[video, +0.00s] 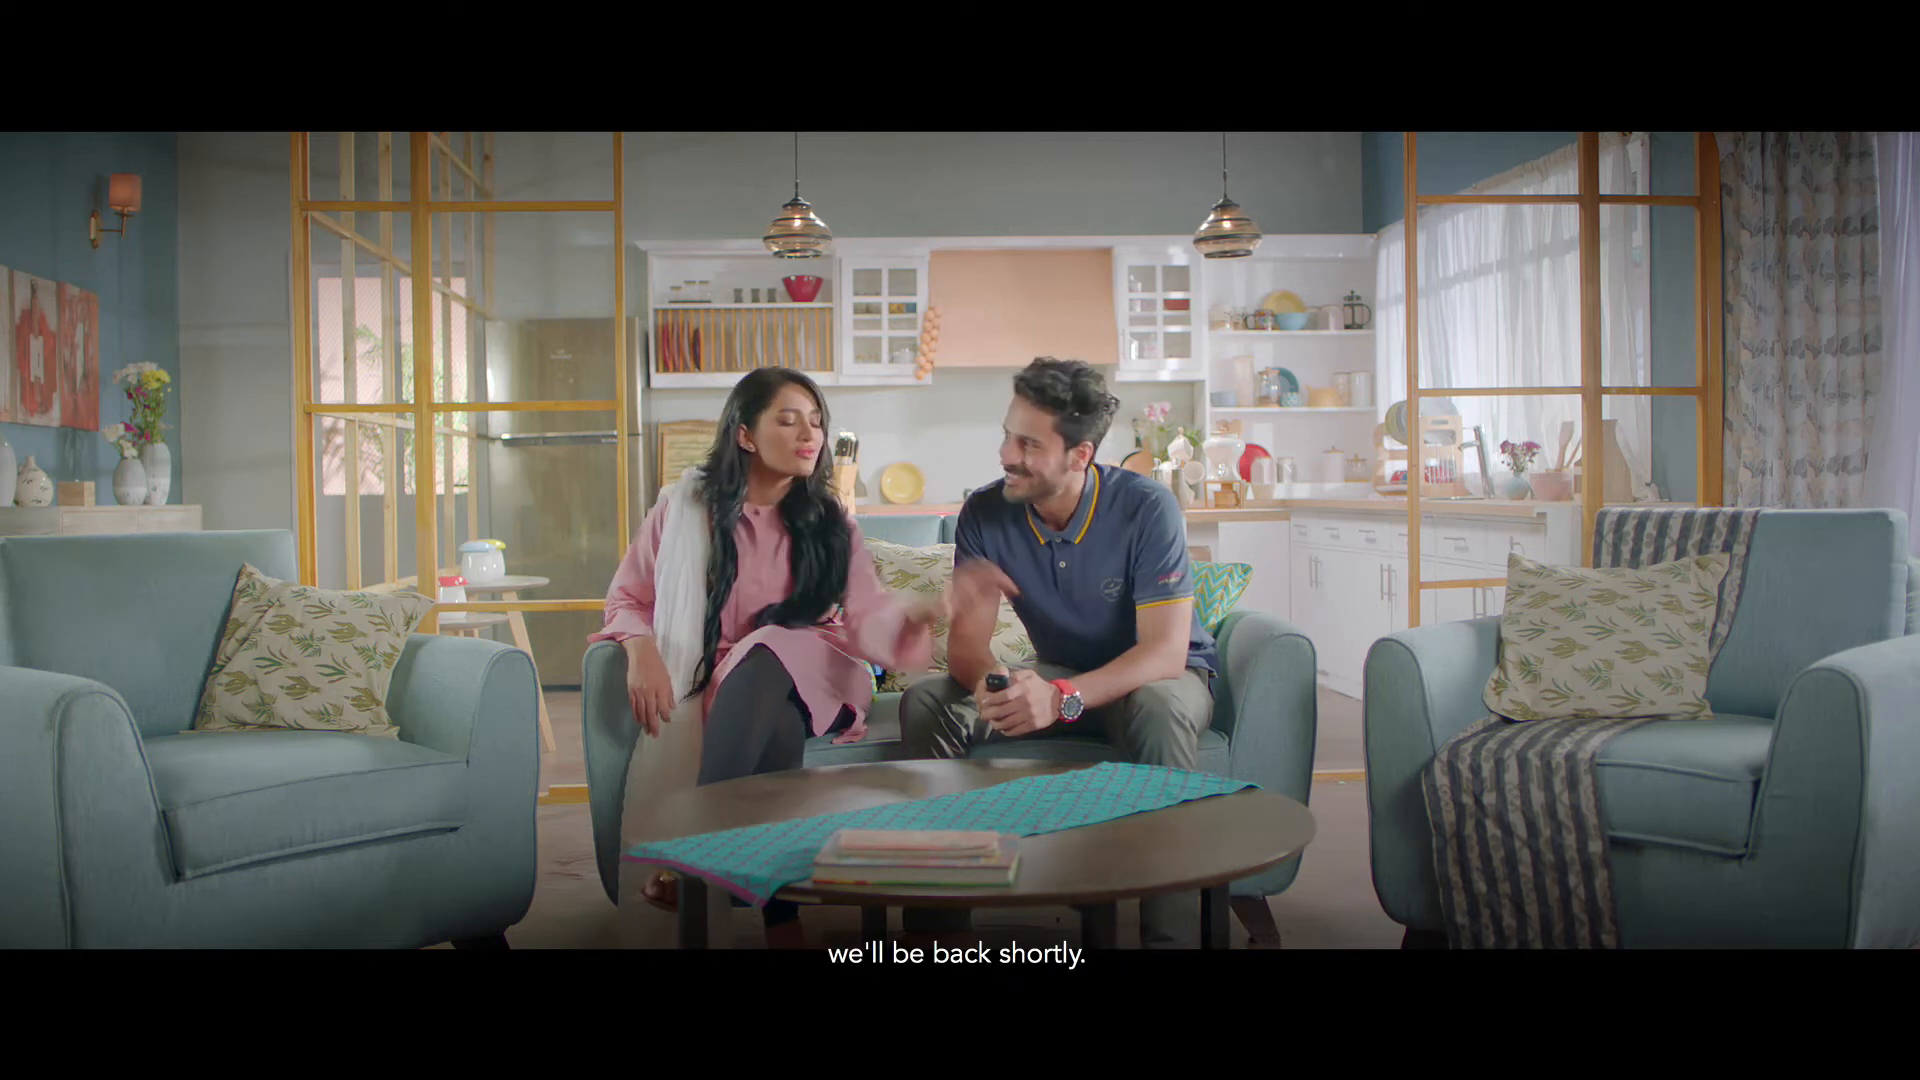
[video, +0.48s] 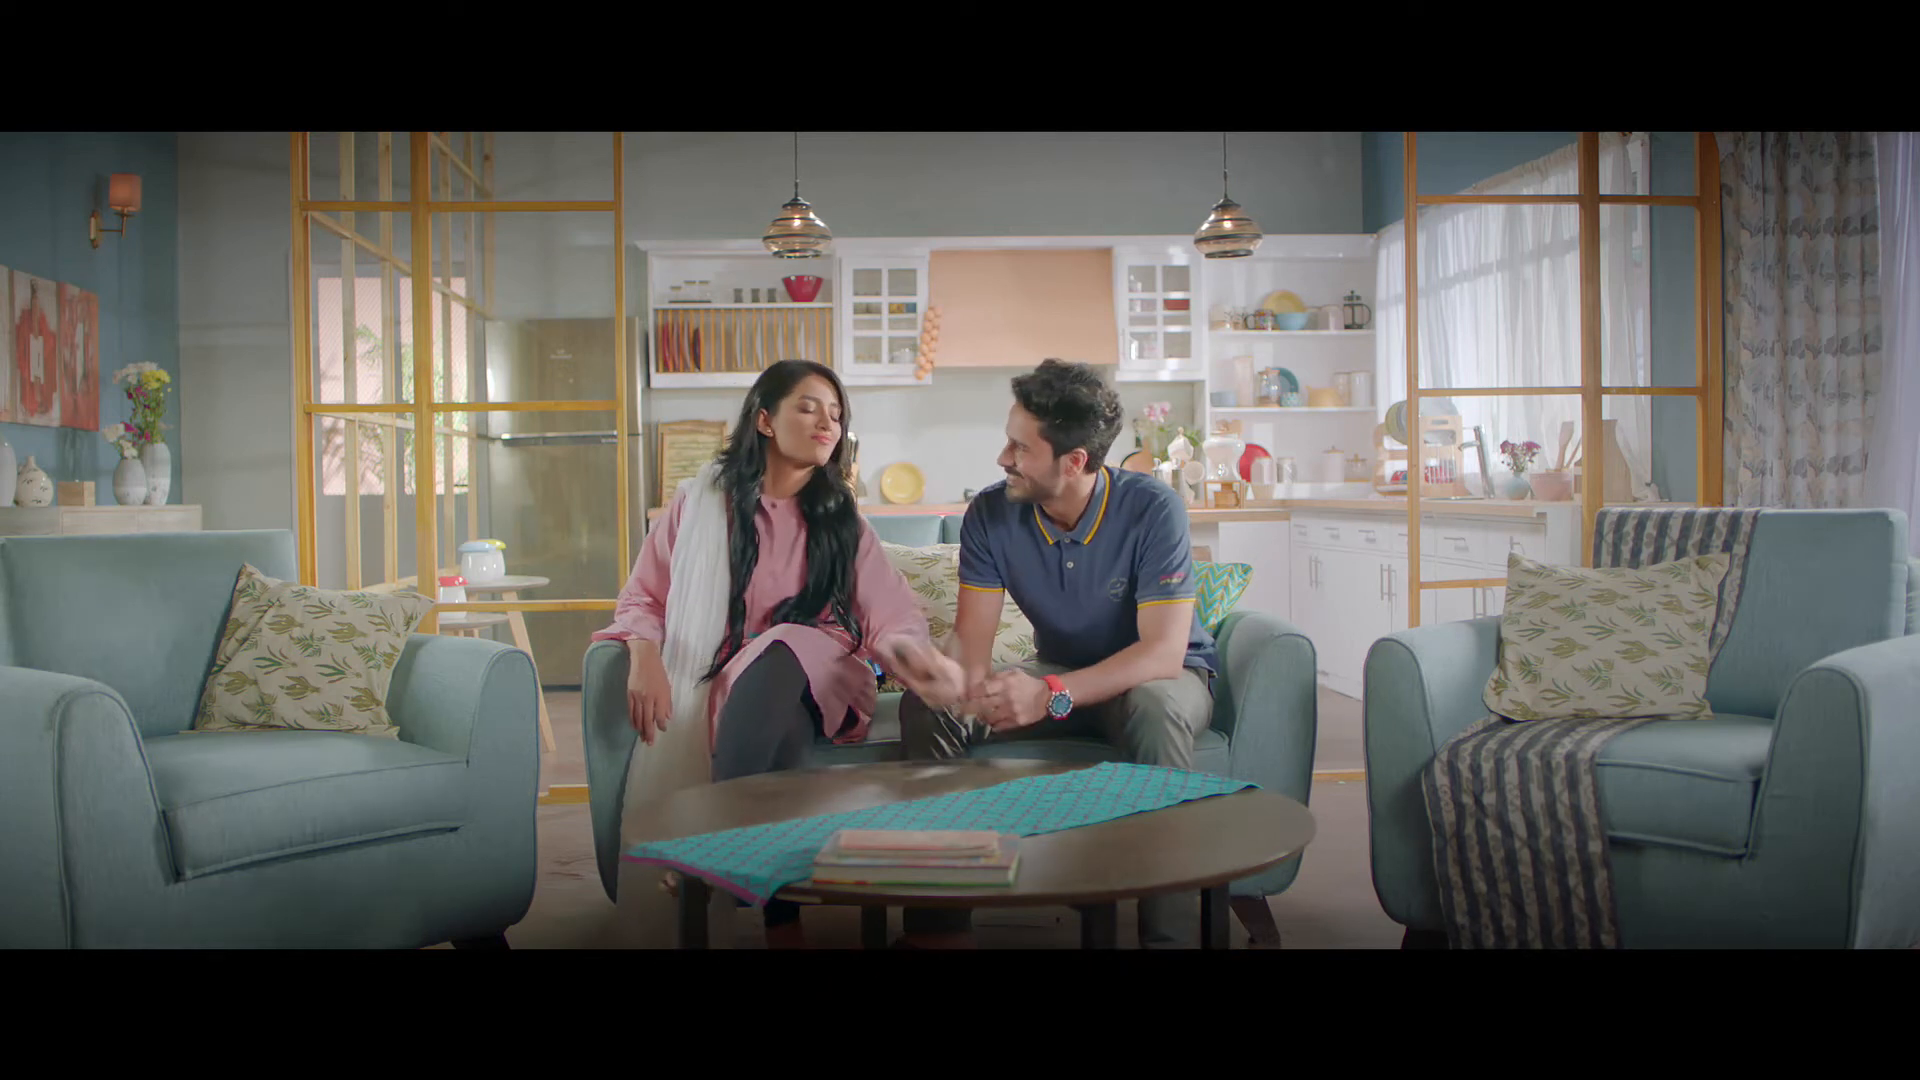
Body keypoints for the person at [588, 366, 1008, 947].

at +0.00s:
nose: (809, 433)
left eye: (816, 422)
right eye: (790, 419)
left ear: (823, 435)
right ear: (745, 435)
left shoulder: (829, 520)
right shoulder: (682, 509)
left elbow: (863, 619)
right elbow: (626, 597)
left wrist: (912, 619)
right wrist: (642, 649)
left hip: (818, 678)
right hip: (718, 681)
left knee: (765, 646)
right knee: (780, 721)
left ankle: (697, 853)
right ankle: (780, 908)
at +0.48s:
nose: (826, 423)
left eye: (834, 414)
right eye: (808, 409)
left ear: (840, 433)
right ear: (765, 421)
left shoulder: (840, 518)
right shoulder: (702, 505)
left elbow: (894, 610)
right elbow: (643, 597)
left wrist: (898, 645)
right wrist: (646, 654)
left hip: (830, 678)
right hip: (731, 678)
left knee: (784, 646)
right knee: (782, 719)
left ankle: (709, 849)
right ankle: (782, 910)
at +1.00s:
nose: (843, 434)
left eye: (853, 426)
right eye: (827, 418)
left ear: (857, 444)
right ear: (782, 426)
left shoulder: (846, 533)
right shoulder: (714, 504)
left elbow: (870, 635)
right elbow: (652, 594)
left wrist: (873, 714)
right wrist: (642, 662)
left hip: (823, 688)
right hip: (724, 684)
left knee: (792, 643)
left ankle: (744, 860)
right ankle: (780, 897)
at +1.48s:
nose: (879, 423)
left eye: (884, 415)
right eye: (861, 411)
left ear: (890, 433)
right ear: (819, 429)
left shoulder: (884, 524)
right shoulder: (754, 508)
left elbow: (920, 635)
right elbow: (672, 590)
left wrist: (971, 603)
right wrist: (647, 664)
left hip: (841, 659)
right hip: (753, 667)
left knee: (854, 703)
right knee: (782, 735)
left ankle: (847, 891)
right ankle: (761, 915)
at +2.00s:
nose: (1036, 216)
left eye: (1037, 205)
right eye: (1017, 203)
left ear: (1035, 225)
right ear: (969, 219)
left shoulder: (1038, 306)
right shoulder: (910, 311)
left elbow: (1140, 258)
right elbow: (821, 415)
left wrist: (1193, 166)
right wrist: (773, 508)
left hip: (989, 571)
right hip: (894, 568)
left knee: (1053, 706)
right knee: (867, 742)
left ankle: (1075, 903)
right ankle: (799, 907)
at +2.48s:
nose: (1563, 145)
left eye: (1562, 133)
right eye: (1543, 132)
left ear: (1542, 149)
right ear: (1492, 143)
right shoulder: (1443, 258)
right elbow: (1369, 408)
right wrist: (1290, 541)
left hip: (1542, 570)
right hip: (1473, 567)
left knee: (1535, 764)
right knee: (1514, 771)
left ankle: (1345, 867)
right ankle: (1482, 941)